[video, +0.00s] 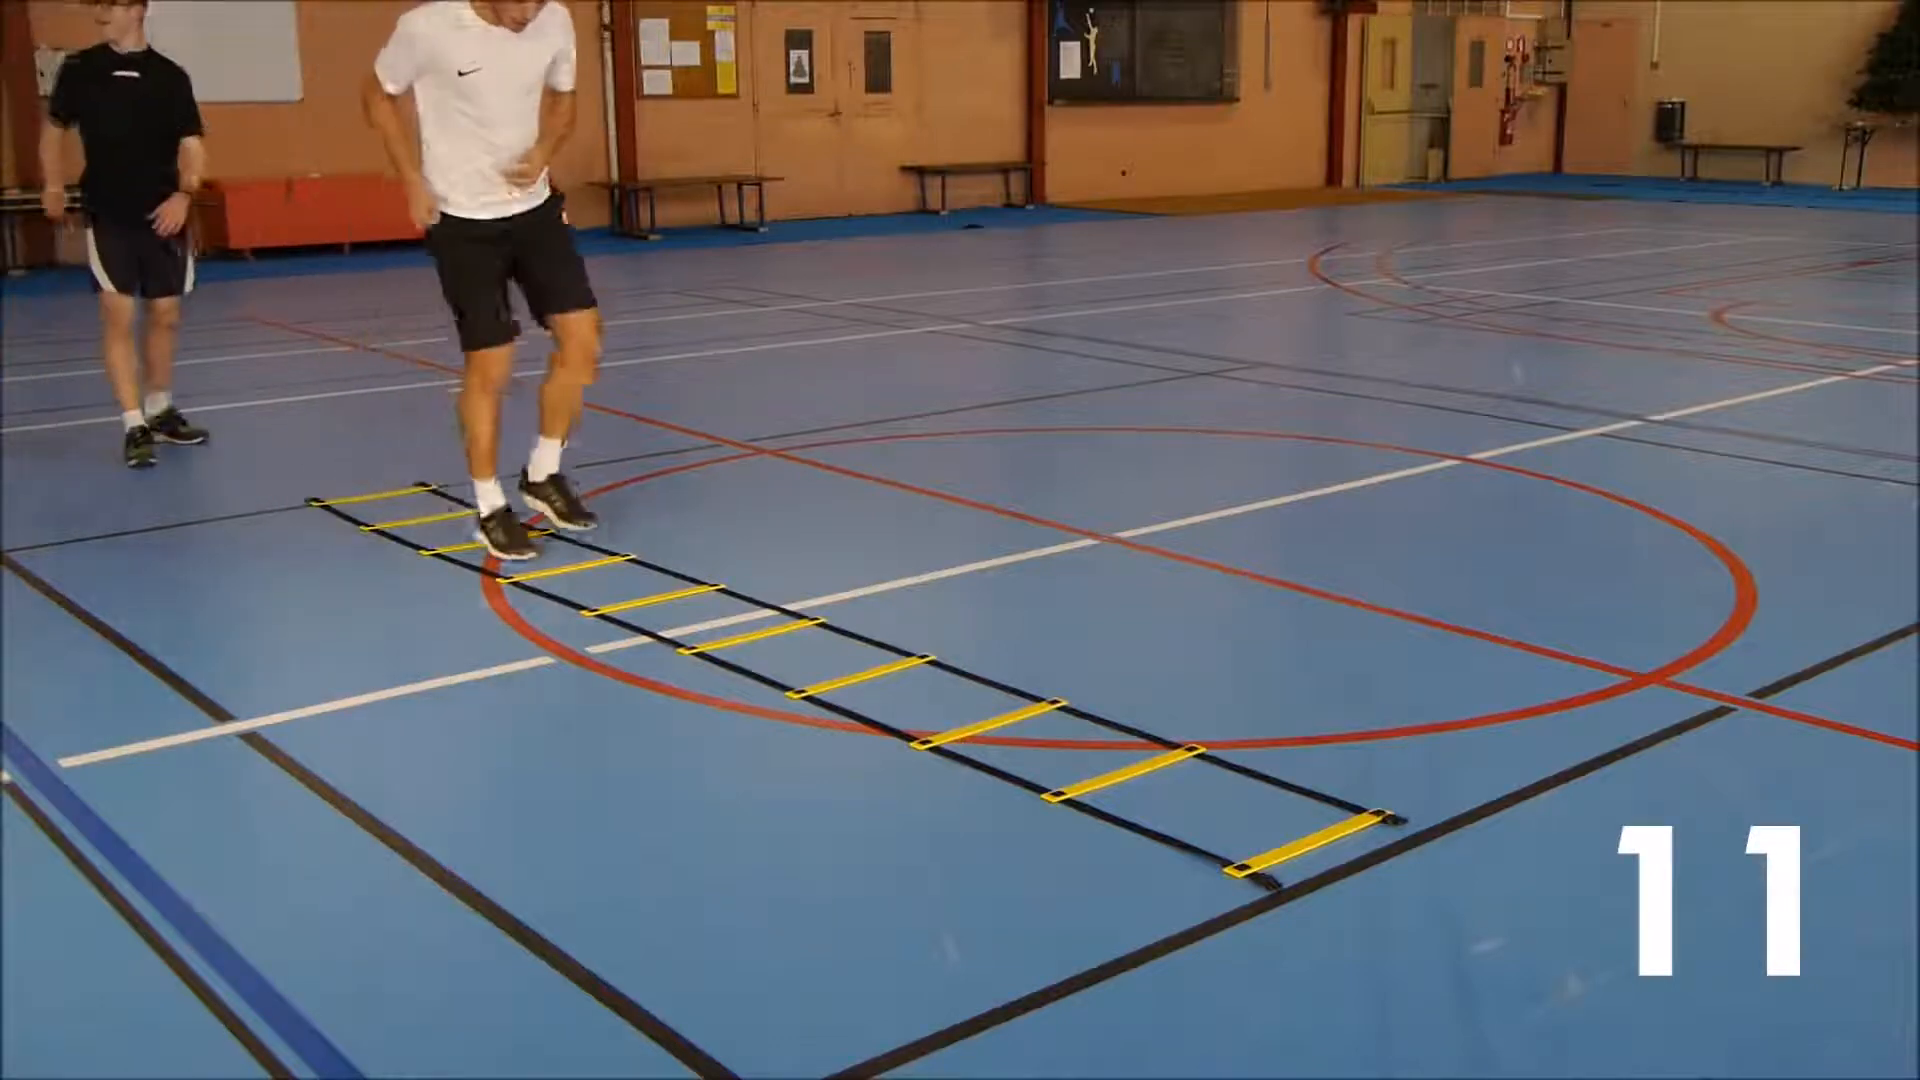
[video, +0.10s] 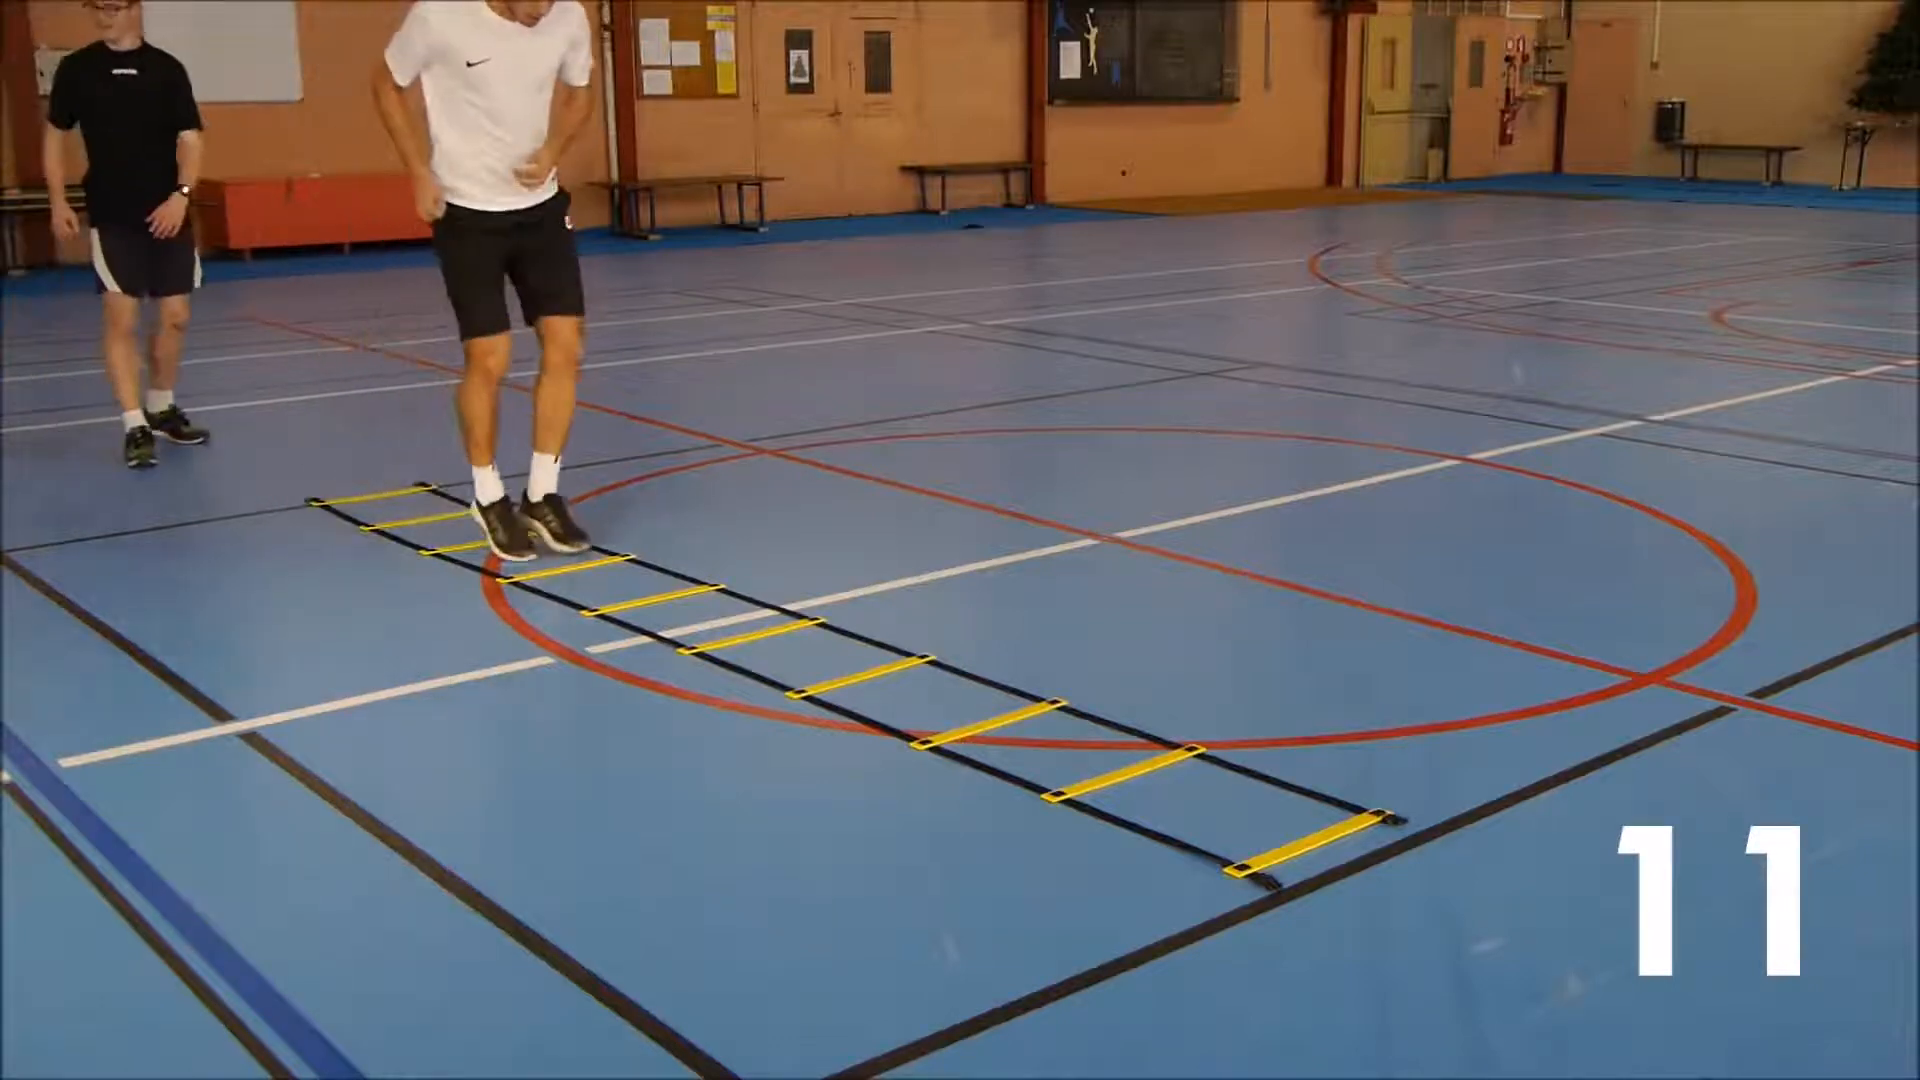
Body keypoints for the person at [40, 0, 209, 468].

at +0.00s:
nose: (100, 13)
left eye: (111, 5)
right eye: (98, 5)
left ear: (139, 11)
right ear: (96, 11)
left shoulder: (171, 76)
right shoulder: (79, 69)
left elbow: (191, 144)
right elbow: (54, 129)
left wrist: (184, 196)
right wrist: (54, 184)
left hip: (163, 210)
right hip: (108, 211)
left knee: (167, 315)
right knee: (119, 315)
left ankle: (160, 410)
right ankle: (134, 425)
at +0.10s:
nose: (104, 13)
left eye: (113, 6)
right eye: (98, 6)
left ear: (136, 8)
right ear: (90, 10)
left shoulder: (168, 68)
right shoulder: (76, 68)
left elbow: (190, 138)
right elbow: (55, 135)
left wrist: (182, 195)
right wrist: (58, 201)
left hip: (168, 208)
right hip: (112, 213)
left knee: (176, 317)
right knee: (122, 318)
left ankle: (162, 407)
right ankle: (135, 425)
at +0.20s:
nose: (117, 26)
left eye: (126, 15)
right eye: (107, 16)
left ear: (138, 12)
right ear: (91, 15)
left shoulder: (165, 66)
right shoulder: (71, 72)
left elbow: (192, 135)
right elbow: (56, 147)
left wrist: (200, 194)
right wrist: (68, 218)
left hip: (175, 212)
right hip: (117, 217)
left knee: (195, 313)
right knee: (123, 321)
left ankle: (172, 396)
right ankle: (136, 426)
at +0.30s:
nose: (125, 16)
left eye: (131, 8)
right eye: (114, 9)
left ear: (140, 8)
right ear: (95, 10)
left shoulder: (165, 65)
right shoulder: (72, 74)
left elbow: (197, 135)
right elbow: (59, 152)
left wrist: (216, 196)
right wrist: (72, 221)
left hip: (179, 211)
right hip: (121, 219)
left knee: (208, 310)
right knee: (127, 325)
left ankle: (185, 391)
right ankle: (136, 427)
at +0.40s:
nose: (138, 28)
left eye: (145, 18)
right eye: (127, 19)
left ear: (153, 14)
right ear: (105, 15)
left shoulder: (172, 64)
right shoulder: (82, 74)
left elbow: (203, 133)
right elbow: (67, 149)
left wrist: (232, 197)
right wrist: (78, 222)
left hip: (189, 212)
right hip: (128, 220)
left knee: (220, 309)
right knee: (130, 326)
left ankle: (220, 410)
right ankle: (137, 427)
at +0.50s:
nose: (150, 30)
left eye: (158, 20)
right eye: (139, 21)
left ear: (165, 16)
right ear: (117, 16)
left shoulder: (182, 66)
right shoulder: (91, 73)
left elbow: (210, 136)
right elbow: (74, 150)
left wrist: (240, 197)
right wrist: (86, 221)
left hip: (195, 214)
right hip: (135, 221)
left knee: (225, 316)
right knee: (131, 328)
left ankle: (245, 420)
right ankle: (137, 428)